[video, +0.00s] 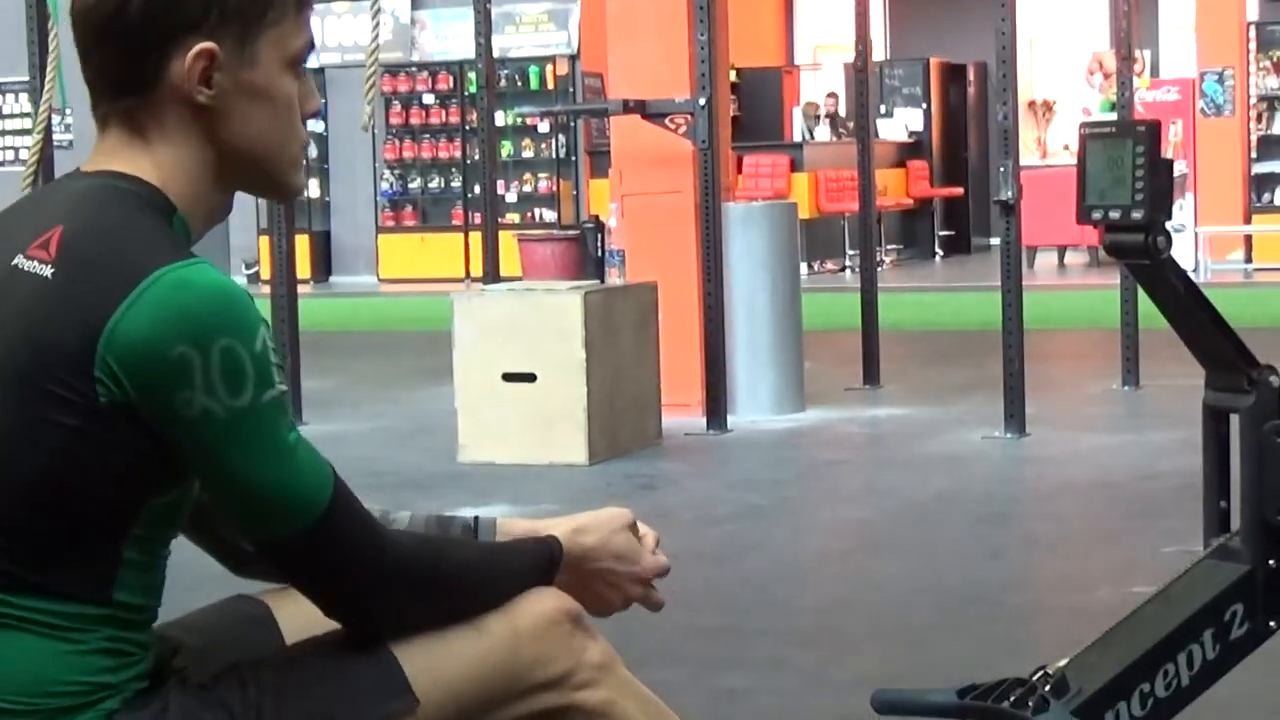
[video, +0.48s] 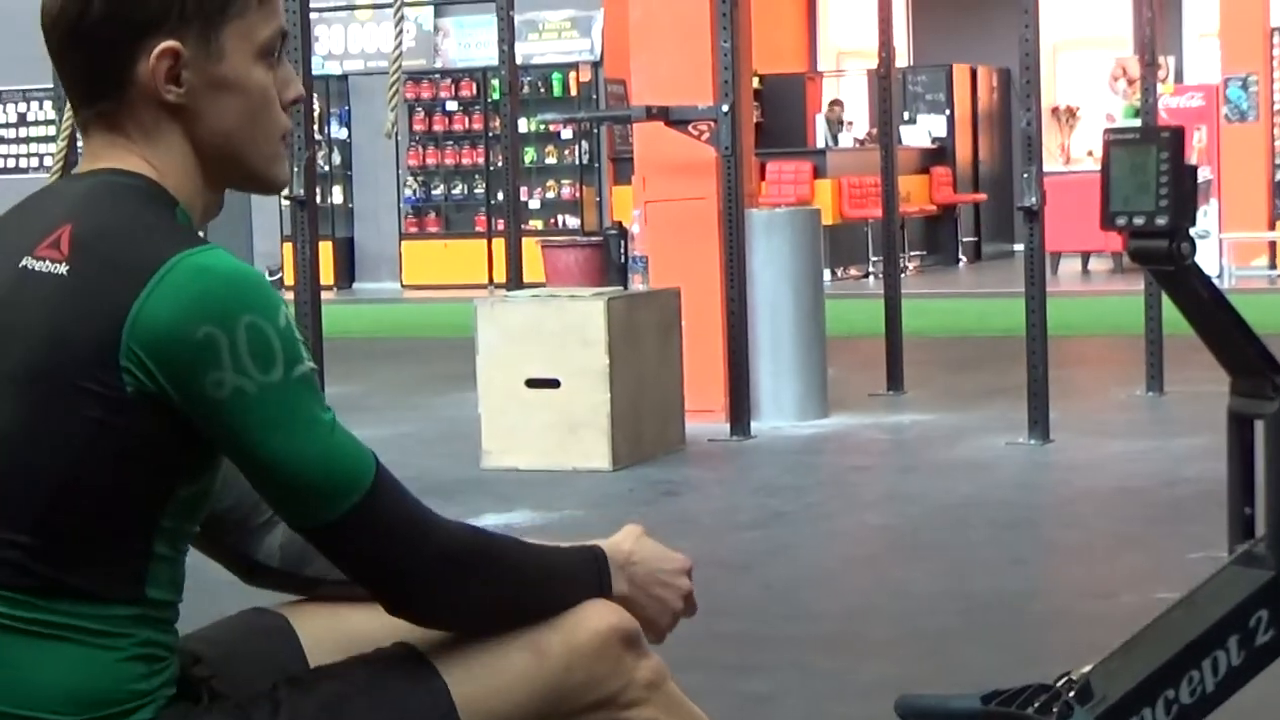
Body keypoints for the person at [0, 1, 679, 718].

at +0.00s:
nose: (315, 101)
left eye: (307, 69)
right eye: (296, 67)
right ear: (203, 75)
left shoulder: (50, 233)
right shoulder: (179, 302)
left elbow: (256, 542)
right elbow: (375, 586)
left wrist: (523, 547)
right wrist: (558, 559)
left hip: (55, 678)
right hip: (100, 708)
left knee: (342, 597)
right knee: (549, 639)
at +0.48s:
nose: (295, 88)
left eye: (287, 57)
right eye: (271, 55)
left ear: (165, 80)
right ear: (172, 76)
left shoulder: (41, 233)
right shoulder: (195, 287)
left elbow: (270, 541)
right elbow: (420, 568)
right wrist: (607, 570)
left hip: (47, 688)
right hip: (123, 712)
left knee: (411, 610)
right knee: (602, 648)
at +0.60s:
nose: (303, 93)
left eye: (293, 59)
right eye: (276, 59)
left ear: (164, 85)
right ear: (169, 80)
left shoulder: (44, 234)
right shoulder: (198, 295)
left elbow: (256, 555)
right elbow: (428, 585)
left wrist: (517, 576)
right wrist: (600, 592)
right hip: (124, 703)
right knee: (602, 665)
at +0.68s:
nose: (309, 97)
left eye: (297, 62)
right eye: (272, 62)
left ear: (146, 89)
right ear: (150, 81)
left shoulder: (49, 238)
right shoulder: (187, 302)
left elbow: (225, 563)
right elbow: (411, 609)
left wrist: (465, 576)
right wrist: (579, 606)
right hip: (117, 711)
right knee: (592, 678)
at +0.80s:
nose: (299, 112)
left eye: (300, 76)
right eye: (253, 73)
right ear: (131, 88)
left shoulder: (71, 246)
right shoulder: (164, 305)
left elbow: (161, 585)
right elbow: (345, 664)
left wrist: (374, 588)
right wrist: (515, 621)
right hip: (110, 711)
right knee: (585, 687)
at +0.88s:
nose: (299, 119)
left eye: (307, 85)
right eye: (250, 82)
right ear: (138, 95)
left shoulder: (83, 247)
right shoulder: (155, 301)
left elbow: (104, 575)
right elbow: (281, 673)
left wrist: (308, 601)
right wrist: (459, 640)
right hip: (99, 703)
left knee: (410, 590)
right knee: (593, 692)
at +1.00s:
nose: (297, 128)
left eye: (312, 94)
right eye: (249, 90)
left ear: (331, 105)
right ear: (144, 104)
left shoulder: (91, 252)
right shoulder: (150, 300)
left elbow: (51, 566)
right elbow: (170, 659)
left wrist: (219, 616)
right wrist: (336, 687)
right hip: (87, 702)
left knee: (461, 646)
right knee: (604, 700)